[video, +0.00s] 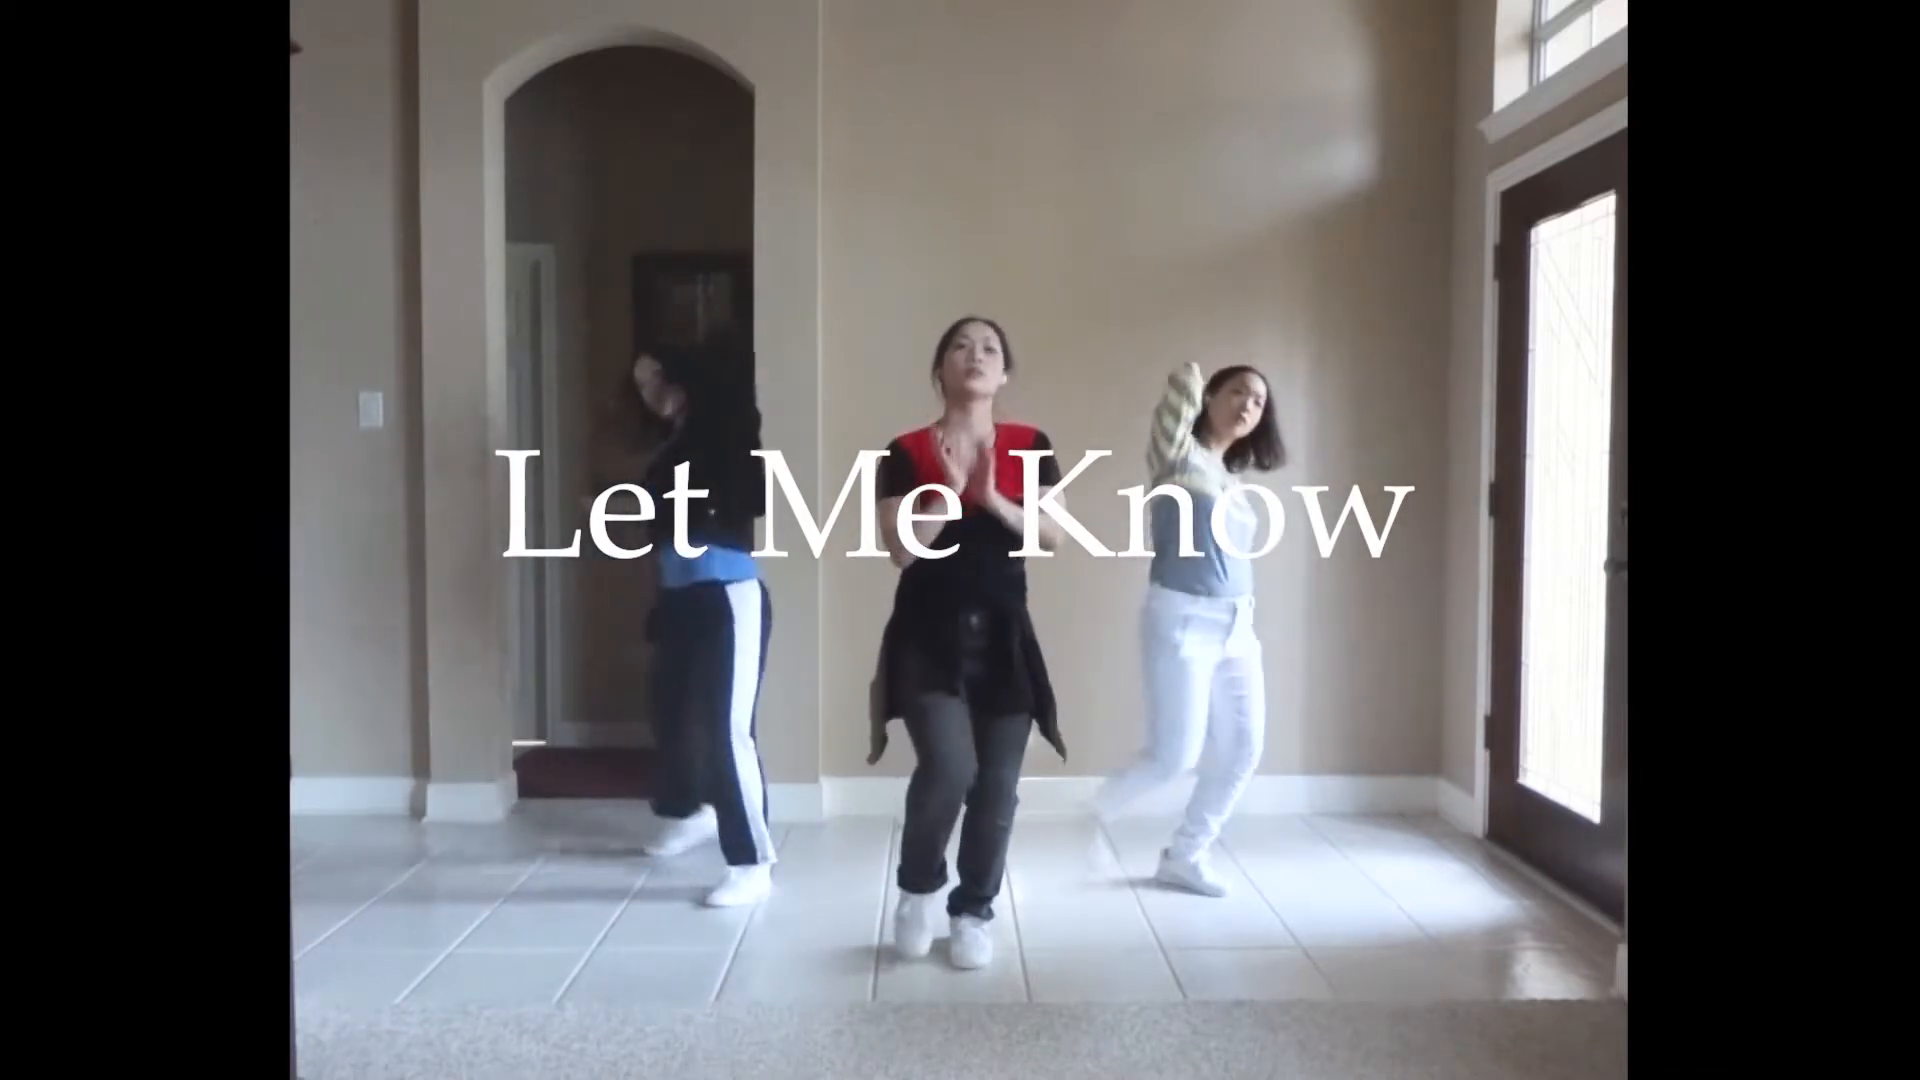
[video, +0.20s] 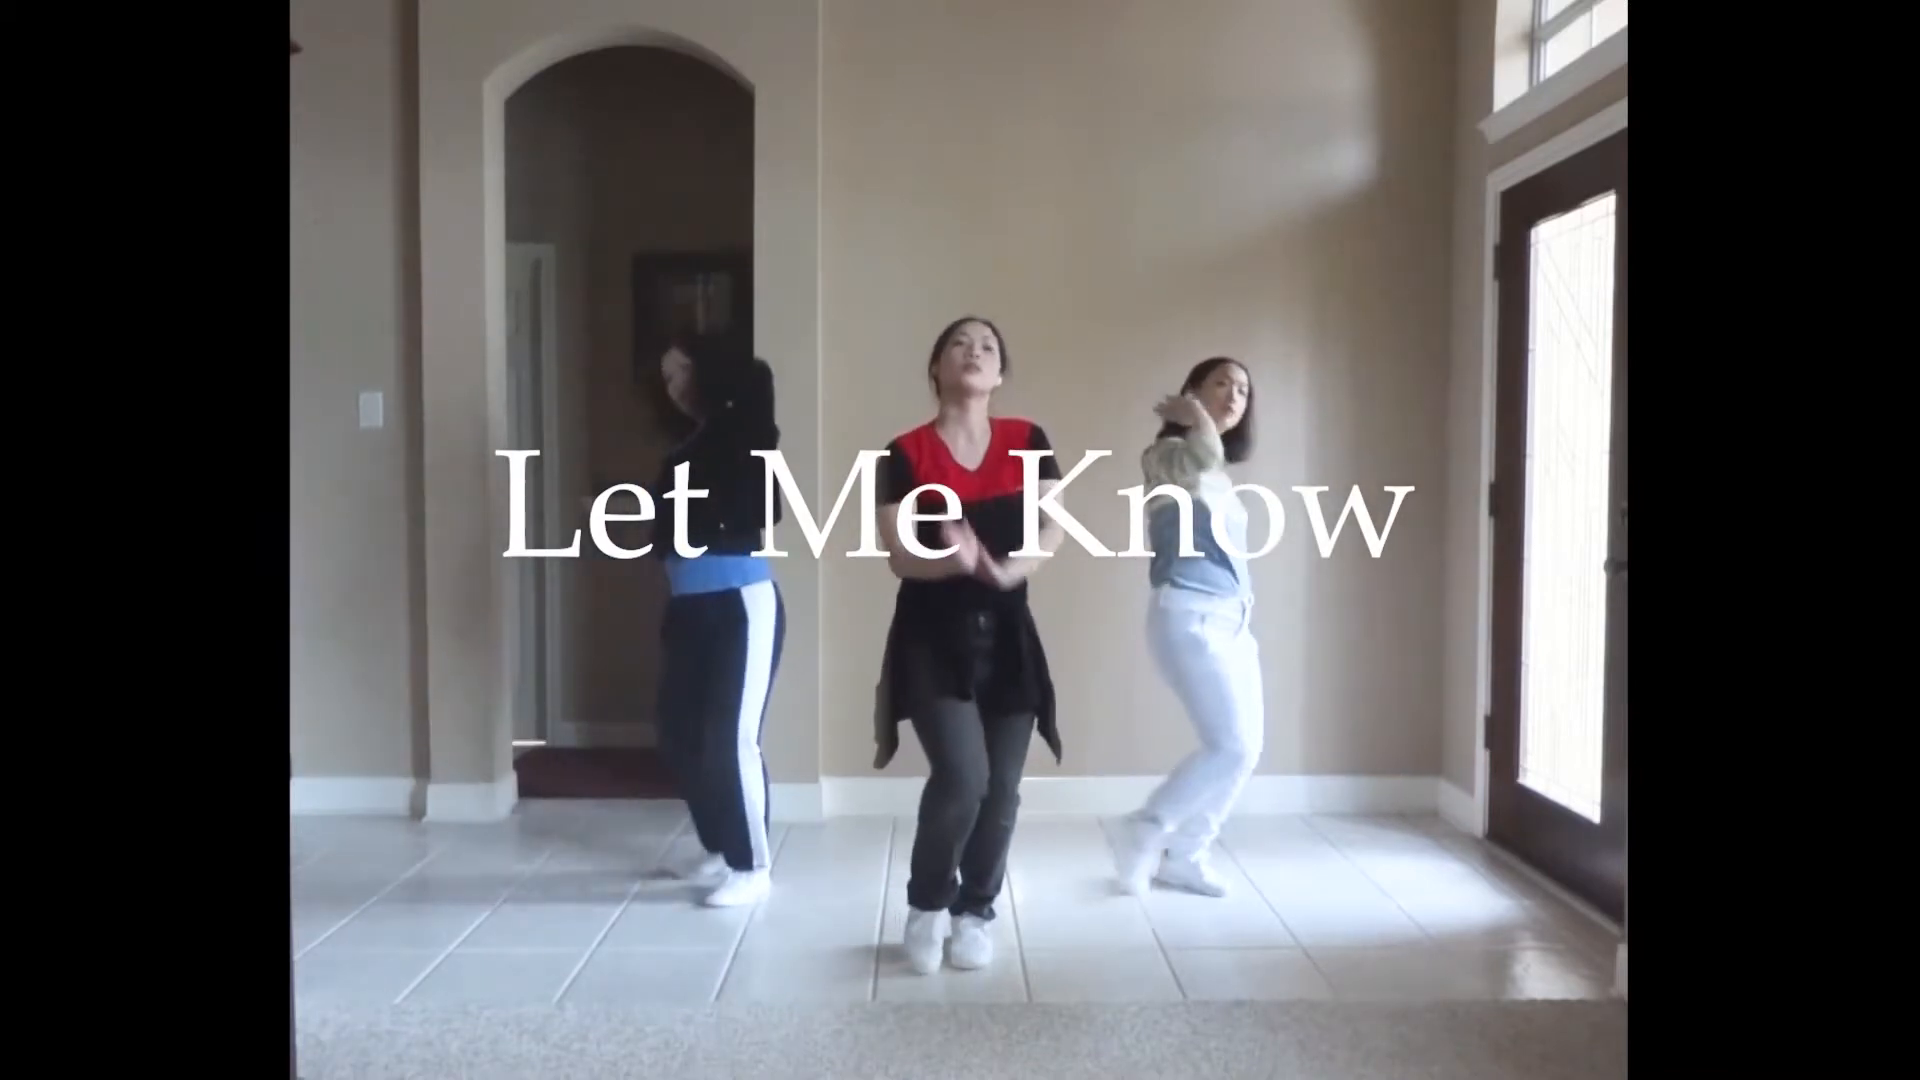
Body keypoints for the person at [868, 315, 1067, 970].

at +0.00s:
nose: (975, 355)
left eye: (988, 349)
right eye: (961, 346)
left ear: (1005, 375)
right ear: (938, 370)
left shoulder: (1028, 445)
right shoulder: (907, 452)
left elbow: (1055, 536)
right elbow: (899, 549)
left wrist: (993, 499)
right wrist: (942, 495)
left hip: (1004, 629)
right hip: (927, 629)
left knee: (998, 782)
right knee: (949, 768)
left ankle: (974, 913)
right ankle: (918, 888)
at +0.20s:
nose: (974, 351)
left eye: (987, 346)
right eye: (960, 343)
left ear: (1001, 373)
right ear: (935, 368)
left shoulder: (1027, 442)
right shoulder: (904, 454)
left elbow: (1052, 535)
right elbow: (899, 559)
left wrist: (1011, 568)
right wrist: (951, 561)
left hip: (1007, 629)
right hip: (931, 630)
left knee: (1002, 783)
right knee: (963, 777)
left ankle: (976, 914)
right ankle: (928, 905)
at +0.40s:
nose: (971, 353)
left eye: (984, 350)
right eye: (958, 343)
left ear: (996, 377)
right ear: (930, 365)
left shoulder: (1022, 441)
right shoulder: (902, 448)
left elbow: (1070, 532)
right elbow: (927, 544)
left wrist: (1100, 610)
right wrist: (986, 611)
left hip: (1011, 625)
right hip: (935, 627)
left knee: (999, 786)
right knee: (965, 779)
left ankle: (974, 913)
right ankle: (926, 908)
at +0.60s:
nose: (975, 356)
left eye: (987, 352)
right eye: (962, 345)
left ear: (999, 377)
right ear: (933, 364)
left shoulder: (1020, 440)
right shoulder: (900, 441)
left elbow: (1115, 465)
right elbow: (919, 536)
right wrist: (1009, 585)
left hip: (1008, 630)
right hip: (933, 632)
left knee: (1001, 788)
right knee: (965, 781)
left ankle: (973, 914)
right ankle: (919, 907)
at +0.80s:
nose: (972, 366)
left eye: (985, 357)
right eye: (959, 355)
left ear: (1002, 374)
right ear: (936, 367)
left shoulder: (1018, 460)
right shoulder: (903, 446)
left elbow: (1051, 546)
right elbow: (860, 510)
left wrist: (1107, 504)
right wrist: (901, 507)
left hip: (1014, 638)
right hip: (942, 639)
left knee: (1010, 786)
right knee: (972, 785)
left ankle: (975, 916)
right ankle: (920, 908)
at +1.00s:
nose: (970, 382)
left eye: (984, 372)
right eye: (957, 370)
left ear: (1001, 384)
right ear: (936, 379)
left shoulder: (1015, 467)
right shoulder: (908, 442)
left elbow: (1038, 558)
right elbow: (852, 410)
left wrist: (1085, 619)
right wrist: (836, 396)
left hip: (1017, 643)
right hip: (944, 644)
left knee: (1015, 789)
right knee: (991, 784)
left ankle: (976, 917)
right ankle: (922, 907)